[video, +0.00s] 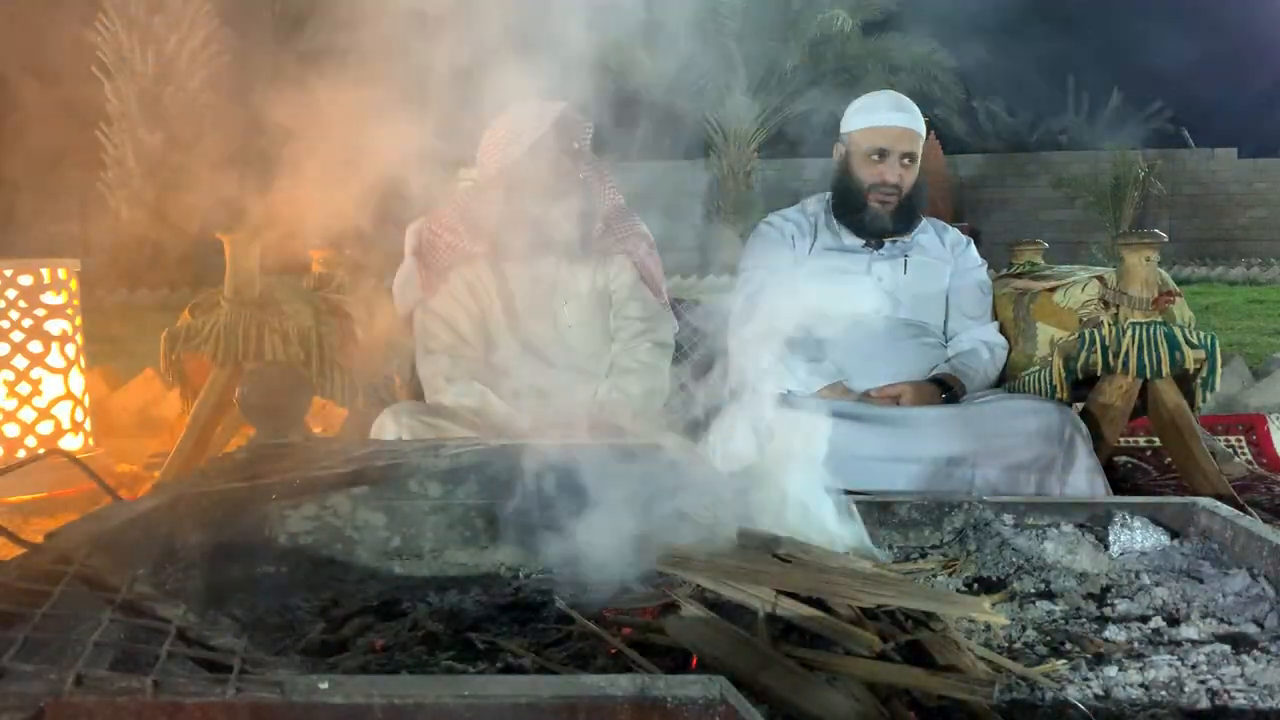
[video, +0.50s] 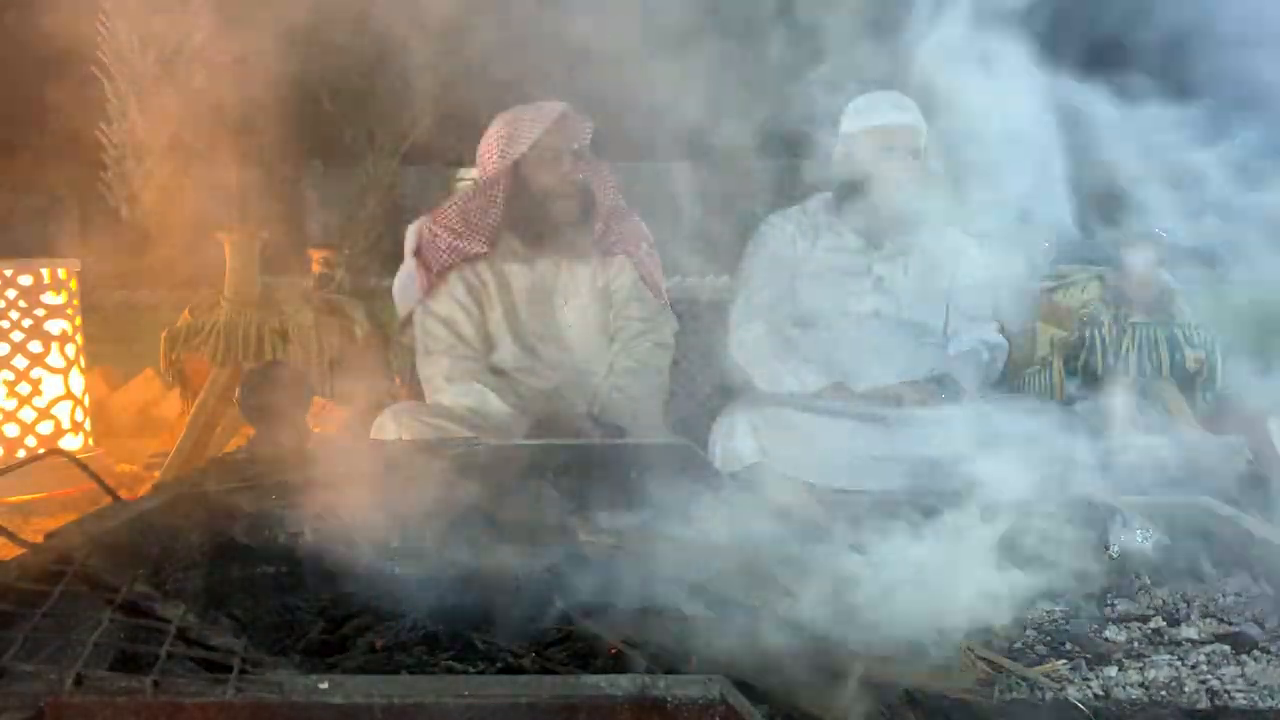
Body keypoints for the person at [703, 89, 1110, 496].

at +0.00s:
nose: (892, 176)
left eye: (906, 160)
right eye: (877, 157)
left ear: (920, 166)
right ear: (842, 154)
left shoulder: (953, 249)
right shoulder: (784, 235)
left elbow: (981, 344)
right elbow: (752, 349)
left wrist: (939, 388)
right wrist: (821, 390)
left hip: (934, 420)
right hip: (826, 418)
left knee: (1052, 426)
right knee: (783, 433)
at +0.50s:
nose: (905, 170)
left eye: (913, 155)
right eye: (887, 154)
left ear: (926, 163)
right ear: (849, 161)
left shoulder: (953, 248)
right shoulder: (787, 236)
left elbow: (982, 337)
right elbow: (750, 337)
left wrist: (940, 389)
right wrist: (824, 392)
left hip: (920, 417)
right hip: (812, 416)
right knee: (740, 429)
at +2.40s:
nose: (889, 180)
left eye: (905, 165)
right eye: (875, 161)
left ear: (920, 171)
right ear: (843, 157)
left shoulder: (950, 248)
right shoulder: (787, 235)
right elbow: (755, 332)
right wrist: (835, 395)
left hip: (935, 416)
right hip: (828, 415)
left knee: (1058, 427)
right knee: (745, 427)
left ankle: (1089, 567)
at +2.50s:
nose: (889, 181)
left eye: (904, 166)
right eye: (874, 162)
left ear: (919, 170)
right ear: (842, 155)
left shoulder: (953, 250)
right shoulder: (786, 236)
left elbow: (980, 354)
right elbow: (755, 337)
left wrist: (928, 399)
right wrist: (845, 401)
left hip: (931, 422)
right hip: (821, 422)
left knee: (1057, 427)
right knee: (742, 426)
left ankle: (1081, 575)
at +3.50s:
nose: (889, 187)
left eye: (904, 171)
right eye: (875, 169)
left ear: (920, 169)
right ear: (841, 157)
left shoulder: (952, 249)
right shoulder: (787, 233)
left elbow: (980, 341)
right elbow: (755, 332)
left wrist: (940, 387)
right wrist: (837, 397)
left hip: (938, 416)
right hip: (825, 414)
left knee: (1056, 426)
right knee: (742, 427)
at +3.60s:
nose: (889, 189)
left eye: (904, 172)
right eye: (874, 171)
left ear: (920, 169)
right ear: (841, 158)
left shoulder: (952, 249)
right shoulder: (786, 233)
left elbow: (980, 341)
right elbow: (756, 332)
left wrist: (940, 387)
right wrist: (836, 397)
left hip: (939, 415)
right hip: (826, 414)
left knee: (1057, 426)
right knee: (741, 428)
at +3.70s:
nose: (890, 189)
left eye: (905, 172)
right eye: (875, 170)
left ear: (920, 170)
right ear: (841, 159)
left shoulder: (952, 248)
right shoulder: (786, 233)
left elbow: (980, 341)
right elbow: (755, 332)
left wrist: (941, 387)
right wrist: (836, 396)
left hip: (939, 416)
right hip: (825, 413)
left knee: (1056, 426)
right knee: (742, 425)